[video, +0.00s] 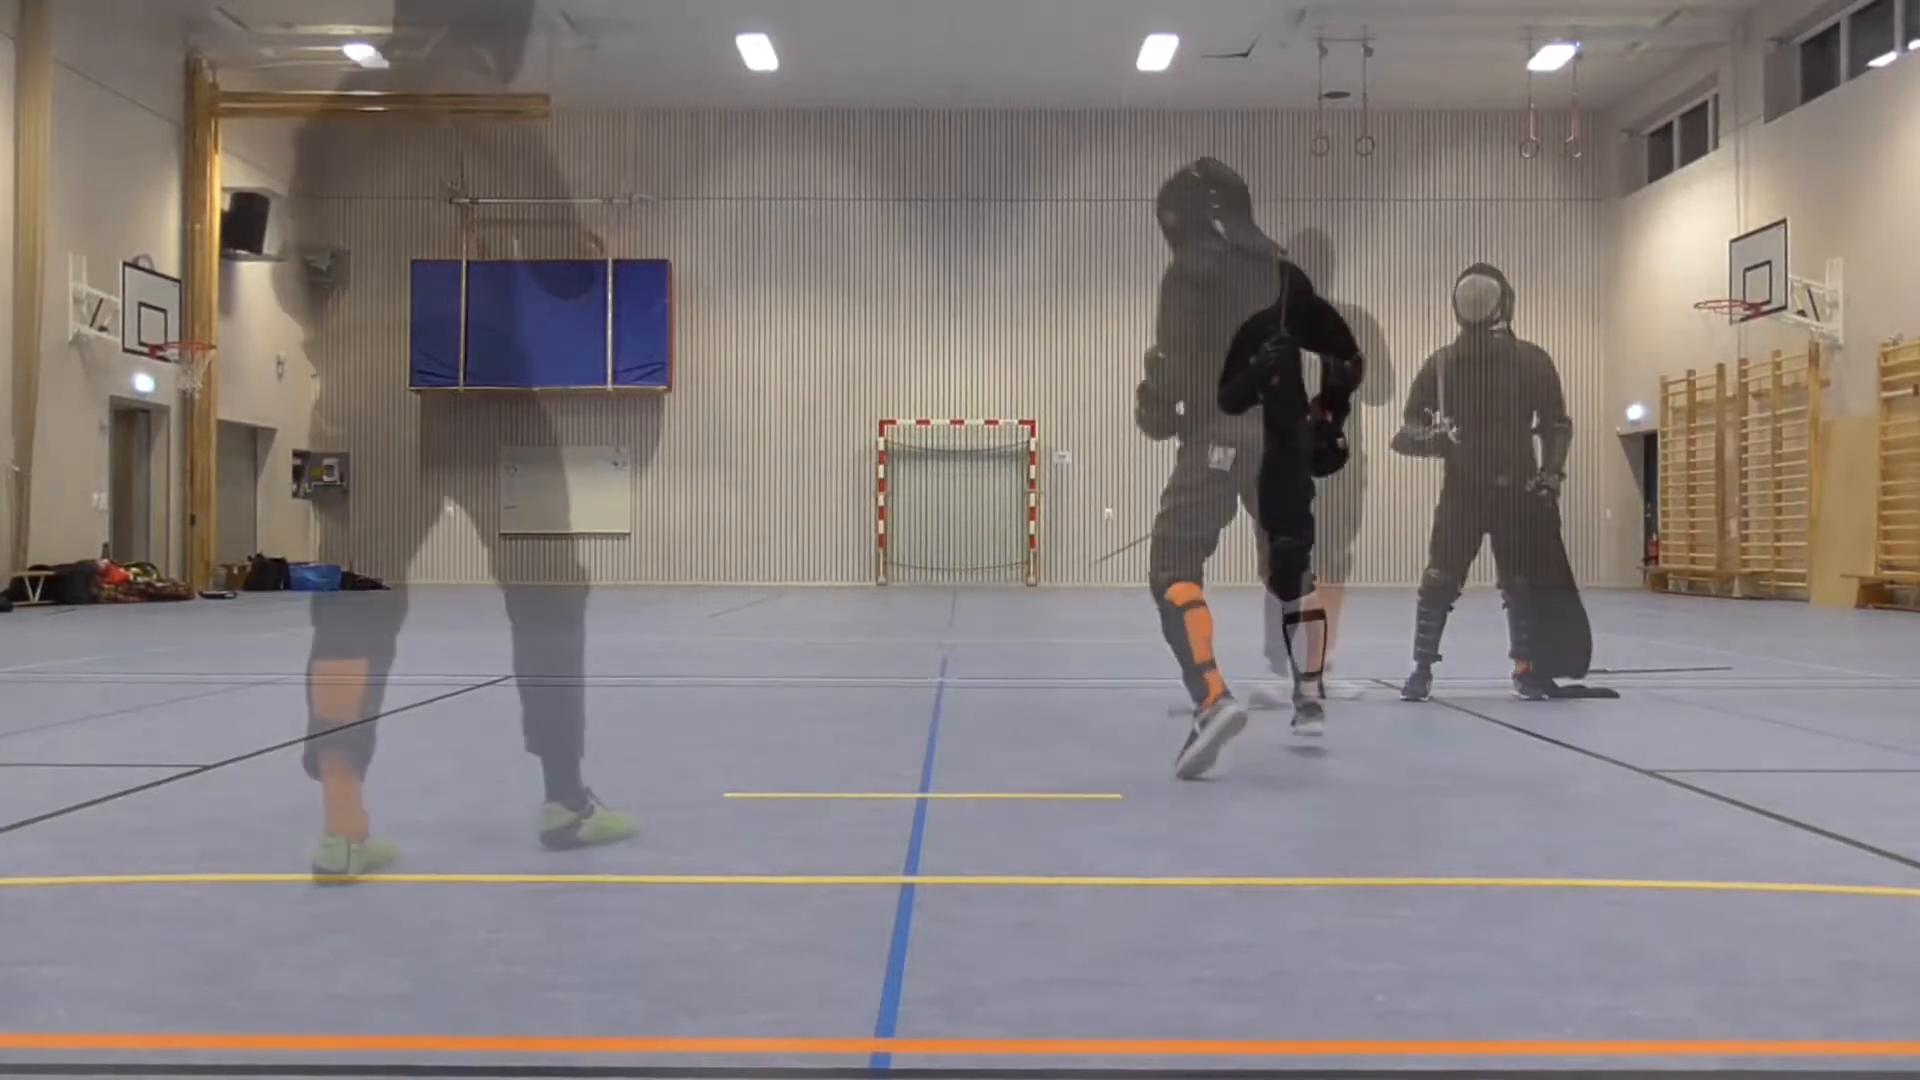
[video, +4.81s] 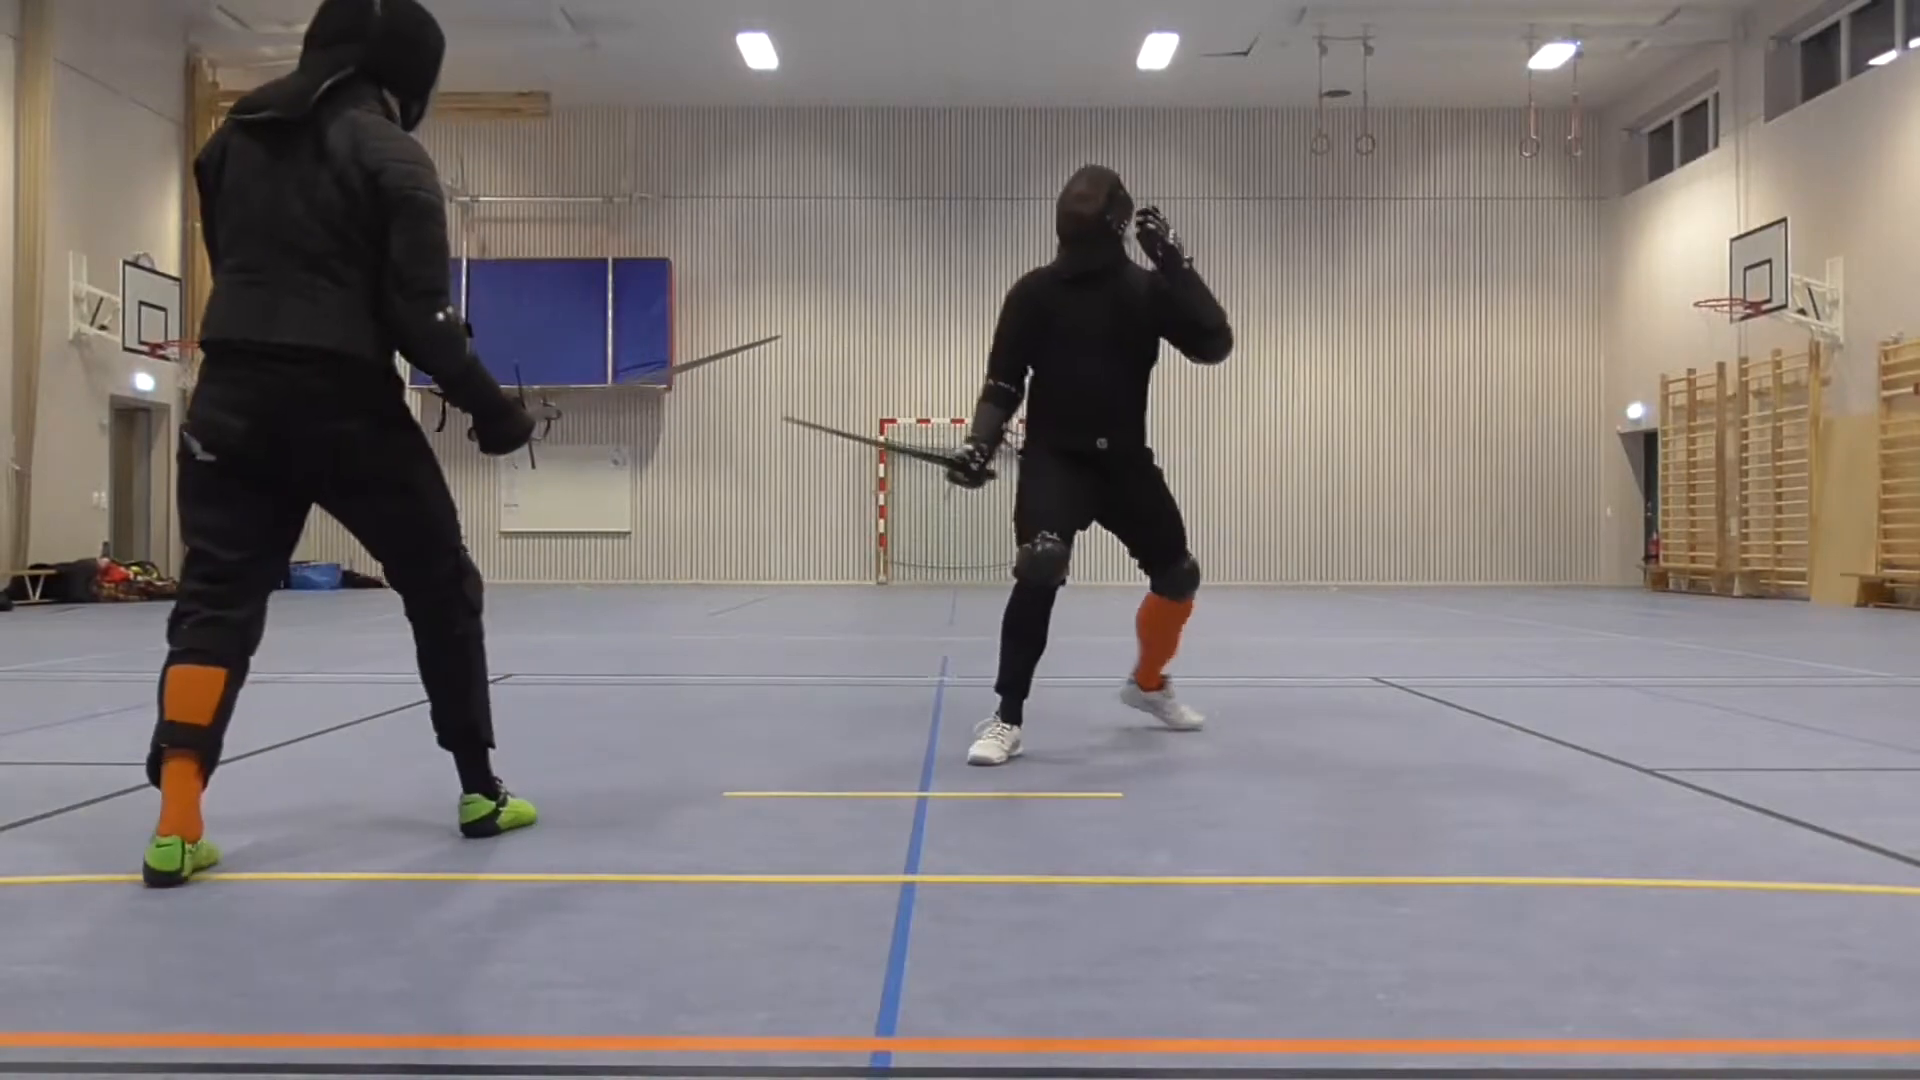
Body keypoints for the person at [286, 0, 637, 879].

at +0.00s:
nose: (521, 63)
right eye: (514, 47)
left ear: (411, 33)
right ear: (502, 46)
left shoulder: (338, 128)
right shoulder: (517, 135)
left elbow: (300, 268)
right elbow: (573, 262)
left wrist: (340, 329)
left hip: (369, 399)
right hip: (497, 401)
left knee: (357, 595)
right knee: (548, 583)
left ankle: (343, 830)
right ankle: (565, 798)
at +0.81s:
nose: (594, 134)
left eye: (601, 121)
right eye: (598, 118)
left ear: (523, 66)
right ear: (574, 95)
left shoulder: (399, 123)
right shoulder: (551, 142)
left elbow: (324, 261)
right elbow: (601, 290)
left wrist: (383, 336)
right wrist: (675, 376)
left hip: (356, 375)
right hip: (468, 380)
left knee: (354, 595)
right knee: (529, 586)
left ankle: (342, 828)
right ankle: (563, 803)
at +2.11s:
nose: (516, 42)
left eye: (513, 30)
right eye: (512, 28)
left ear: (406, 18)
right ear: (492, 26)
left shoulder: (336, 104)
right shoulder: (500, 111)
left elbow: (299, 244)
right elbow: (569, 274)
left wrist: (388, 253)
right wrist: (640, 372)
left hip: (368, 375)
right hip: (484, 378)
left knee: (363, 587)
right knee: (537, 585)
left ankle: (345, 829)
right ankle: (563, 802)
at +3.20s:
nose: (627, 107)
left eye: (629, 93)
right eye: (627, 92)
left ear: (538, 64)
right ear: (605, 81)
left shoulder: (453, 152)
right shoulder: (606, 165)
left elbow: (435, 270)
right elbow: (637, 318)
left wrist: (521, 314)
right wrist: (689, 422)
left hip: (465, 397)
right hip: (573, 406)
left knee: (427, 582)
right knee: (625, 588)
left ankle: (362, 786)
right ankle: (641, 780)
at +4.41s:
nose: (522, 123)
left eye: (523, 109)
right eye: (520, 108)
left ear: (427, 82)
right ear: (499, 99)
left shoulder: (345, 169)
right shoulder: (500, 183)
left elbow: (339, 279)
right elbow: (537, 332)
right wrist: (598, 419)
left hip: (345, 412)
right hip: (452, 419)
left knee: (300, 592)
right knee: (539, 583)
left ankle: (215, 778)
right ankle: (545, 785)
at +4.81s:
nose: (425, 100)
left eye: (426, 83)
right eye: (423, 82)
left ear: (326, 52)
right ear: (397, 71)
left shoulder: (235, 142)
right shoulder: (394, 157)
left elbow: (232, 268)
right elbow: (421, 317)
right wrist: (494, 409)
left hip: (233, 399)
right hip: (348, 406)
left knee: (216, 597)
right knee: (441, 583)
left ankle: (176, 827)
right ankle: (479, 788)